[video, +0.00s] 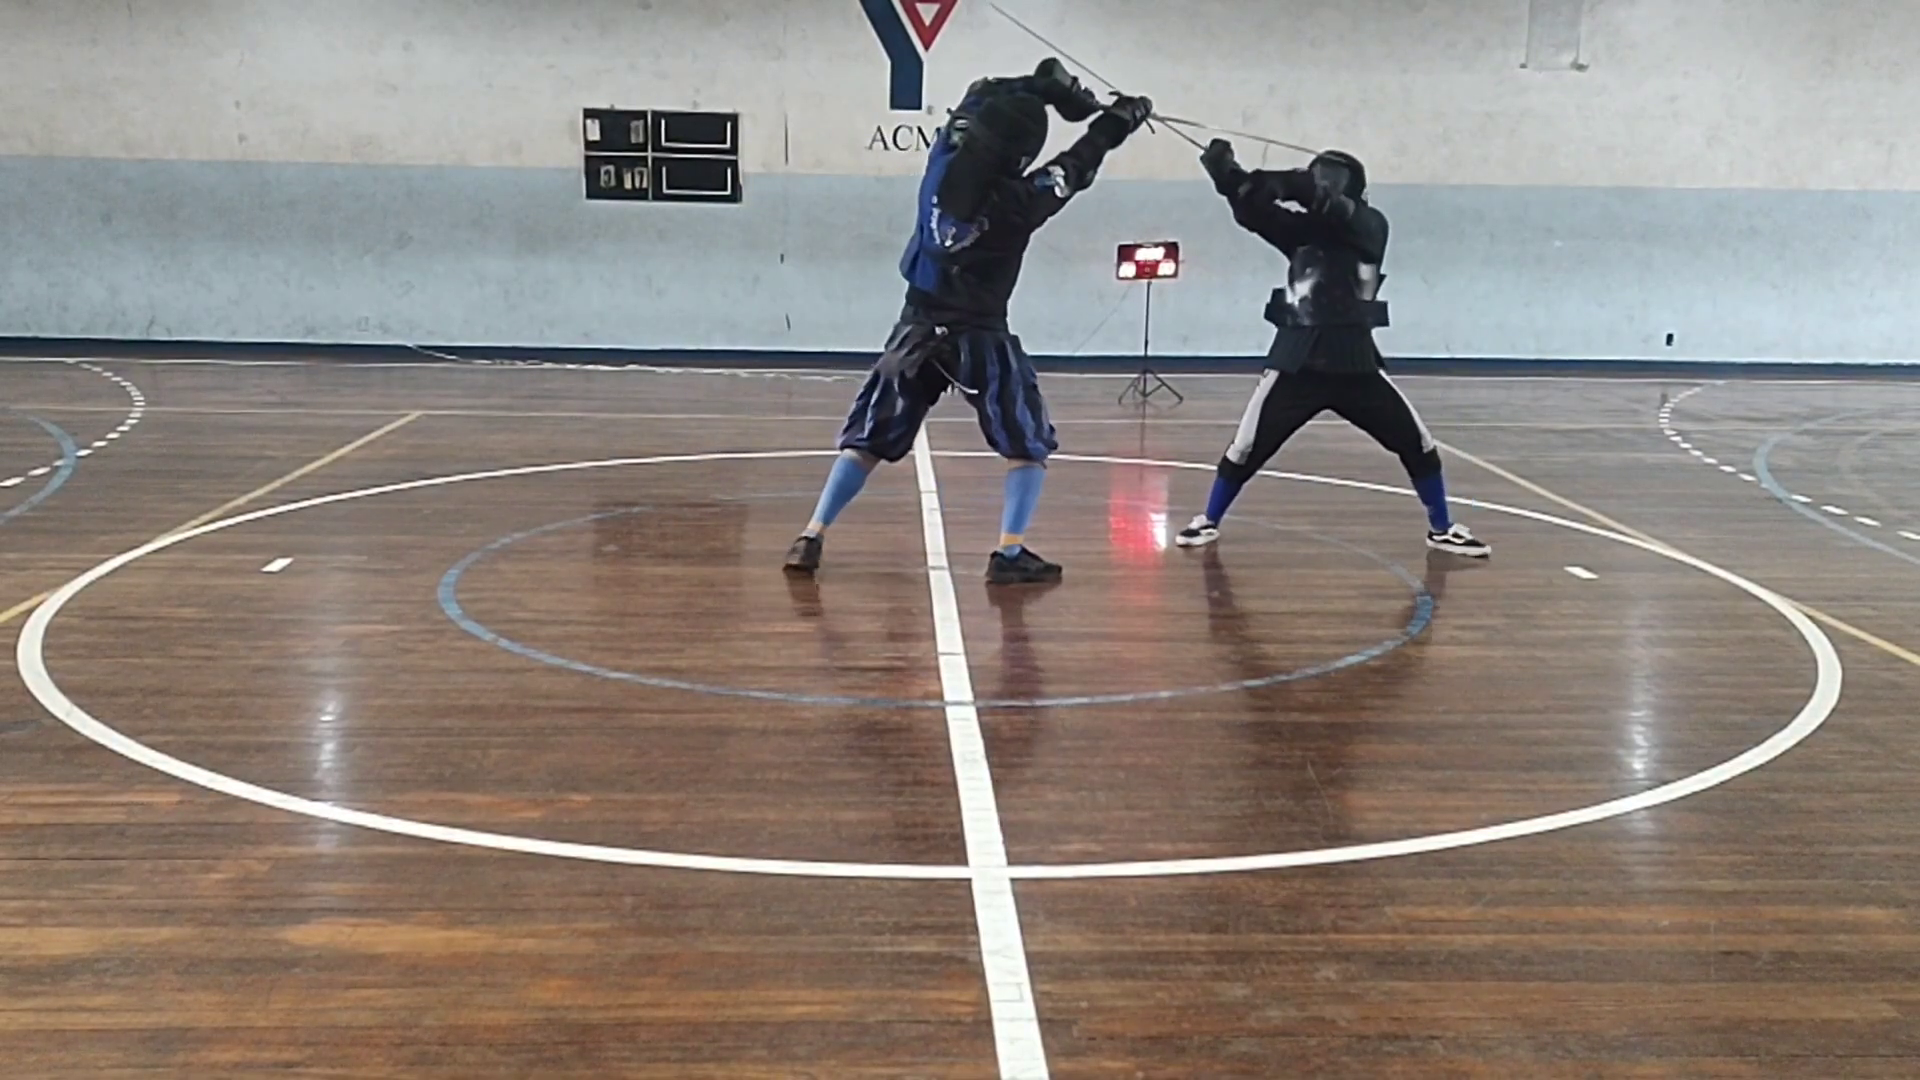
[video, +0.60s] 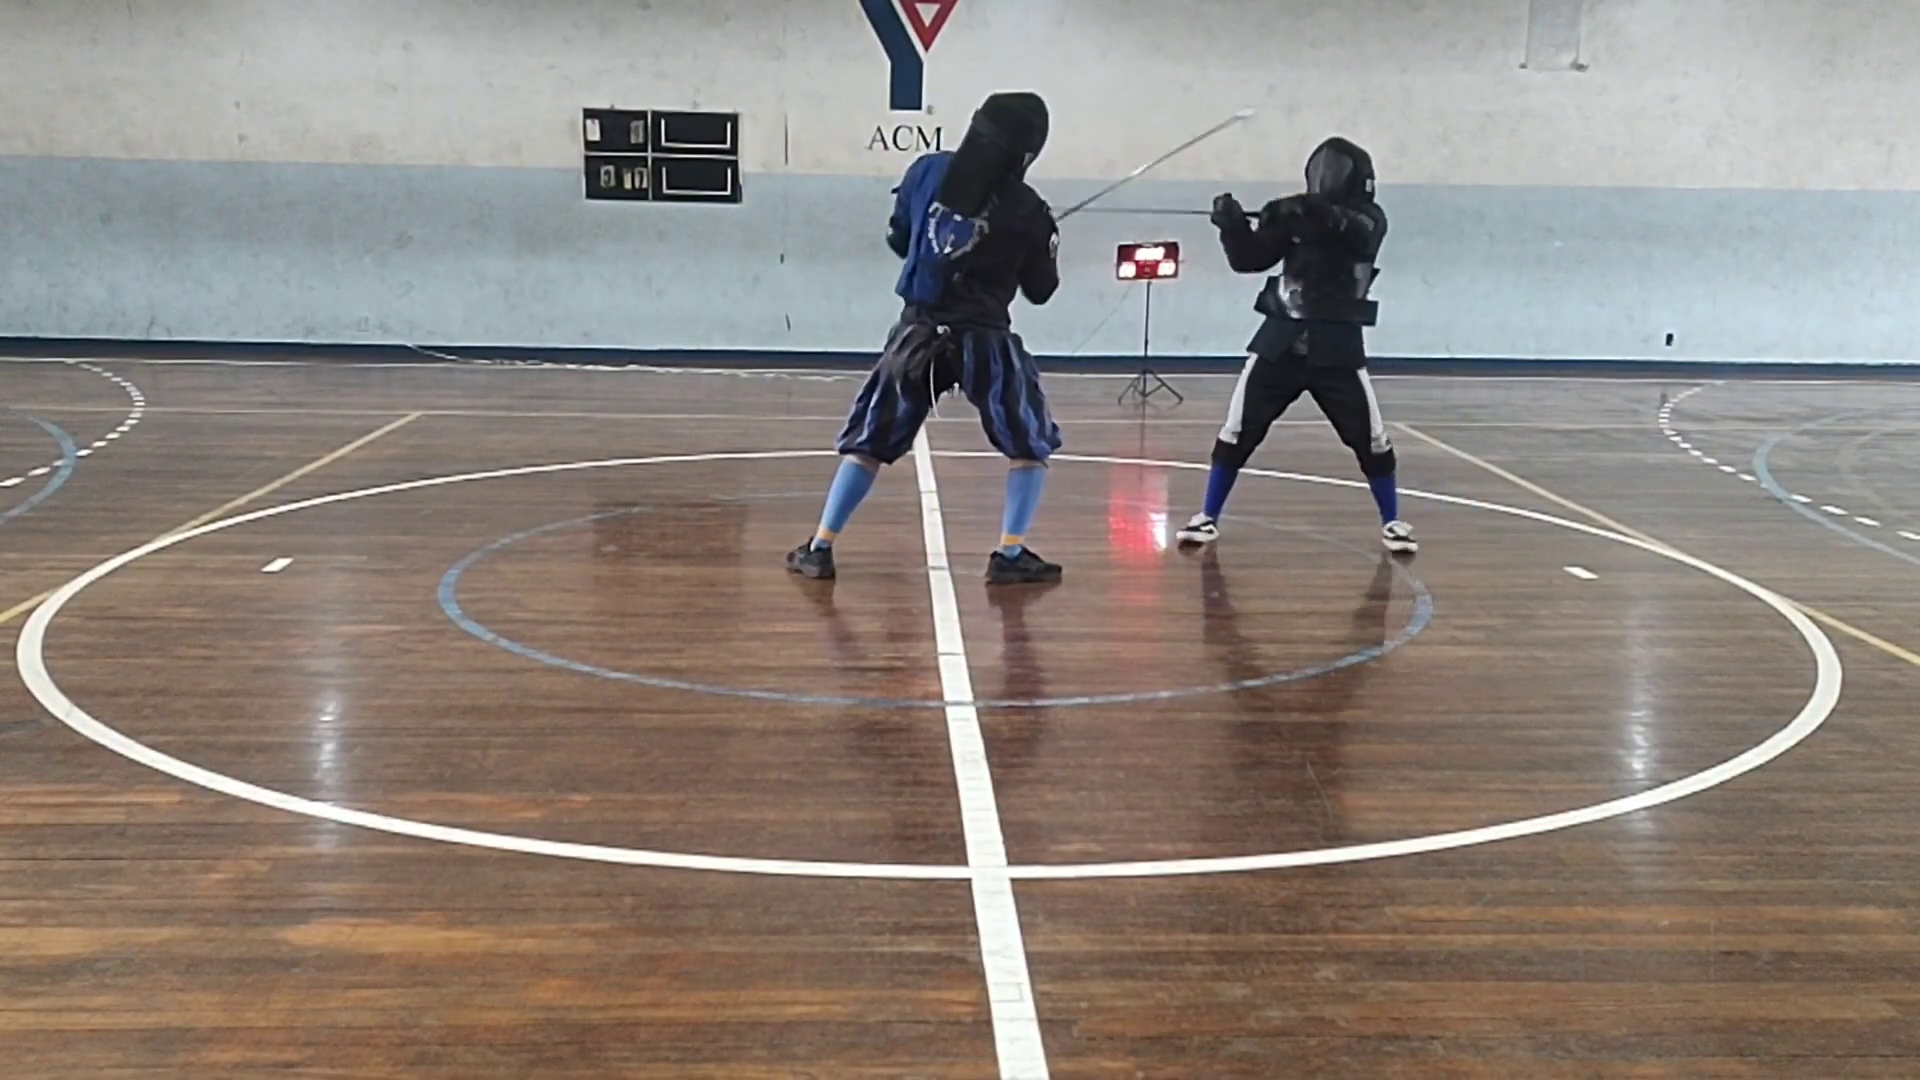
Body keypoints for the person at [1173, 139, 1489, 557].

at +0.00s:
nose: (1321, 185)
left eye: (1331, 178)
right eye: (1317, 178)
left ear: (1354, 185)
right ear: (1310, 182)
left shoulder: (1372, 227)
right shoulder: (1299, 227)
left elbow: (1333, 207)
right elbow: (1255, 213)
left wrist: (1296, 185)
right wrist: (1228, 175)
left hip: (1356, 370)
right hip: (1296, 369)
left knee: (1419, 446)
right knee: (1246, 448)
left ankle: (1442, 529)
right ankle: (1208, 521)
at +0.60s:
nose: (1324, 175)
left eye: (1336, 166)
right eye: (1319, 165)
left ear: (1355, 174)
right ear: (1310, 169)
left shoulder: (1368, 216)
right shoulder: (1291, 213)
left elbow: (1362, 240)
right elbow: (1246, 259)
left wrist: (1316, 211)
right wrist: (1233, 225)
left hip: (1337, 347)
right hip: (1278, 343)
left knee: (1372, 439)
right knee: (1237, 431)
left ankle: (1391, 523)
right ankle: (1207, 518)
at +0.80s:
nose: (1327, 180)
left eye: (1338, 171)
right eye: (1322, 171)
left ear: (1361, 177)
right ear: (1313, 176)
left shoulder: (1379, 224)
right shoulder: (1303, 227)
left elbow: (1422, 241)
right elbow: (1286, 299)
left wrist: (1362, 223)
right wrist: (1296, 250)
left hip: (1344, 351)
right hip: (1289, 345)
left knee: (1352, 443)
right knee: (1241, 430)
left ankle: (1375, 524)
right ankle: (1206, 515)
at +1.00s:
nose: (1343, 178)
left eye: (1353, 169)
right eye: (1339, 169)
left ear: (1379, 173)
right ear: (1335, 174)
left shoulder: (1405, 216)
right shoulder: (1330, 226)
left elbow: (1445, 227)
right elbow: (1320, 301)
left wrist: (1381, 221)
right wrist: (1319, 256)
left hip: (1382, 336)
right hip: (1330, 335)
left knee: (1376, 439)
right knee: (1277, 424)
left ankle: (1379, 525)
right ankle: (1226, 508)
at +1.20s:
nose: (1367, 202)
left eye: (1378, 193)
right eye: (1367, 193)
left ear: (1406, 200)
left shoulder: (1433, 241)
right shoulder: (1361, 257)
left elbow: (1469, 278)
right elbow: (1361, 329)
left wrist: (1419, 272)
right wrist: (1348, 290)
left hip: (1438, 362)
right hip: (1382, 366)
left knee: (1472, 450)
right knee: (1325, 440)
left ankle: (1501, 515)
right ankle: (1276, 513)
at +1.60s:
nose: (1378, 194)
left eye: (1389, 186)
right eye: (1379, 185)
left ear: (1418, 194)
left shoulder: (1443, 237)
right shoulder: (1373, 244)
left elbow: (1476, 289)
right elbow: (1359, 316)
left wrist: (1414, 296)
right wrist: (1359, 290)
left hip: (1444, 362)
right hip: (1387, 362)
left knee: (1486, 442)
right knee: (1328, 427)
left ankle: (1504, 515)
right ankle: (1305, 511)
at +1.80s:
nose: (1388, 196)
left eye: (1397, 187)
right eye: (1385, 188)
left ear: (1425, 190)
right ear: (1380, 191)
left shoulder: (1445, 222)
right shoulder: (1373, 230)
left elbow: (1417, 202)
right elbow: (1336, 263)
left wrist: (1369, 179)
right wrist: (1337, 202)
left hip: (1427, 365)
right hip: (1367, 361)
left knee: (1474, 444)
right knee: (1302, 419)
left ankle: (1506, 514)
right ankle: (1300, 505)